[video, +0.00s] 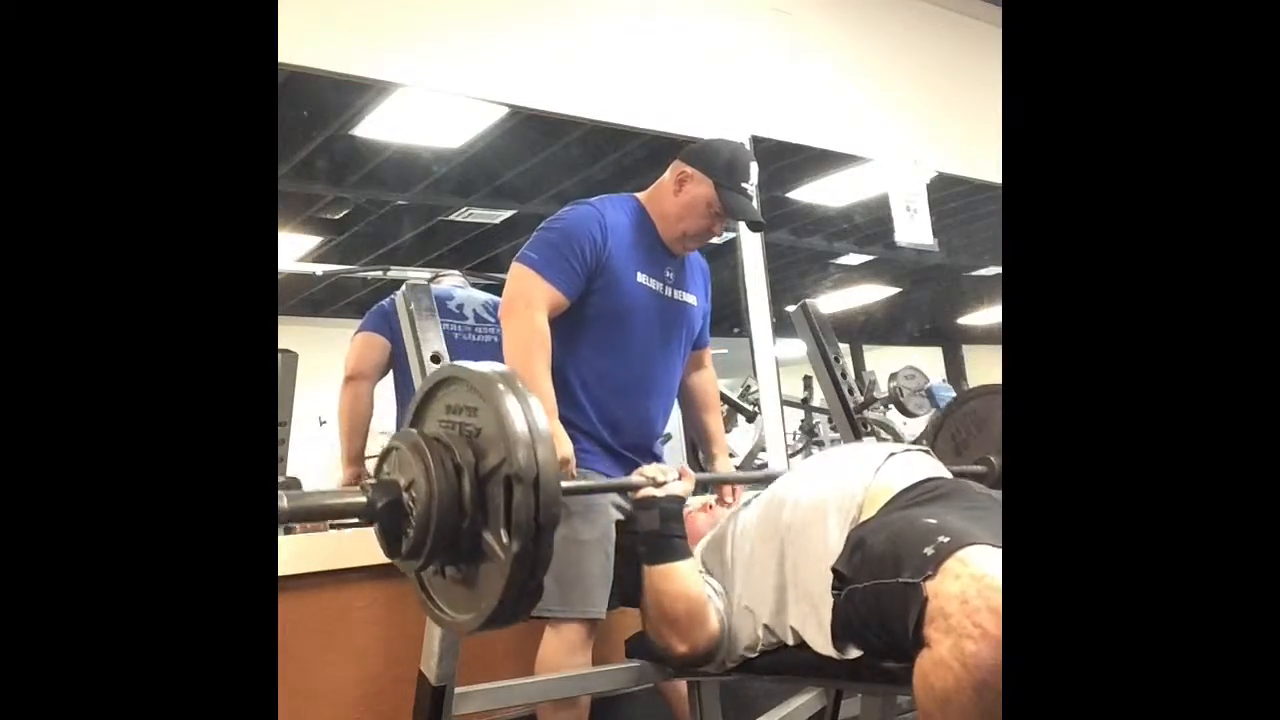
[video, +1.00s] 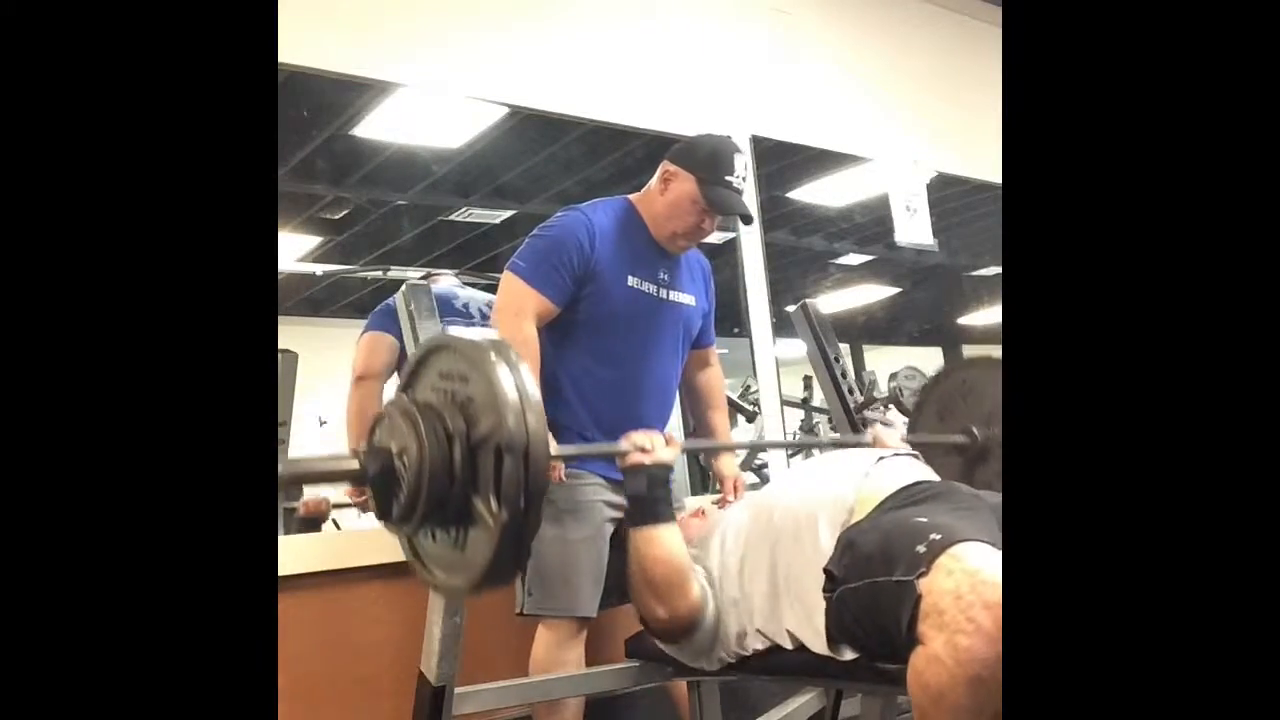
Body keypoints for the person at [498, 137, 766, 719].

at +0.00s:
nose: (720, 229)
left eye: (729, 220)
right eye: (718, 212)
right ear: (680, 179)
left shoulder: (695, 271)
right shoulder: (593, 225)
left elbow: (698, 367)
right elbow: (522, 308)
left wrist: (718, 451)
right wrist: (544, 427)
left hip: (645, 470)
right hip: (575, 463)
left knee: (640, 617)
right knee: (574, 622)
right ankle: (563, 717)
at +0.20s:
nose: (720, 227)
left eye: (728, 218)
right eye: (717, 210)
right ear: (678, 178)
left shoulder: (695, 273)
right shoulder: (592, 227)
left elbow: (697, 369)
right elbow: (521, 312)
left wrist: (715, 456)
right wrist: (545, 429)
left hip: (648, 472)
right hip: (576, 462)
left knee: (679, 619)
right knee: (577, 620)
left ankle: (685, 713)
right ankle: (559, 716)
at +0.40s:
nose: (718, 226)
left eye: (727, 216)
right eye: (714, 208)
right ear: (674, 179)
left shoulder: (695, 273)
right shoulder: (590, 230)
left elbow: (697, 369)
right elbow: (520, 314)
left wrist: (716, 457)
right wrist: (541, 429)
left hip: (645, 467)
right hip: (573, 459)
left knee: (638, 615)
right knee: (572, 618)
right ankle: (559, 715)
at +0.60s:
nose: (717, 226)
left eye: (725, 216)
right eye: (712, 208)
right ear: (671, 180)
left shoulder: (695, 274)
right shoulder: (586, 232)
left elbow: (700, 367)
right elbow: (516, 316)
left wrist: (718, 453)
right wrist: (540, 431)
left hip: (646, 469)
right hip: (572, 463)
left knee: (646, 623)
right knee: (568, 624)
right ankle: (556, 718)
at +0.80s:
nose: (715, 226)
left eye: (723, 216)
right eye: (710, 207)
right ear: (669, 180)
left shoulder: (697, 273)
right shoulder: (585, 231)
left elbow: (702, 367)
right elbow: (514, 315)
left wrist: (720, 453)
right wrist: (534, 425)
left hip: (646, 473)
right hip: (572, 461)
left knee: (625, 619)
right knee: (567, 622)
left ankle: (609, 715)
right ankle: (557, 718)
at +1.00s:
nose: (712, 224)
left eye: (721, 214)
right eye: (706, 206)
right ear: (666, 178)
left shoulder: (697, 271)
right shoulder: (583, 232)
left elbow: (703, 366)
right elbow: (513, 315)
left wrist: (722, 453)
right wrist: (531, 431)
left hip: (651, 476)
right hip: (575, 469)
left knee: (627, 625)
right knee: (564, 626)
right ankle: (557, 718)